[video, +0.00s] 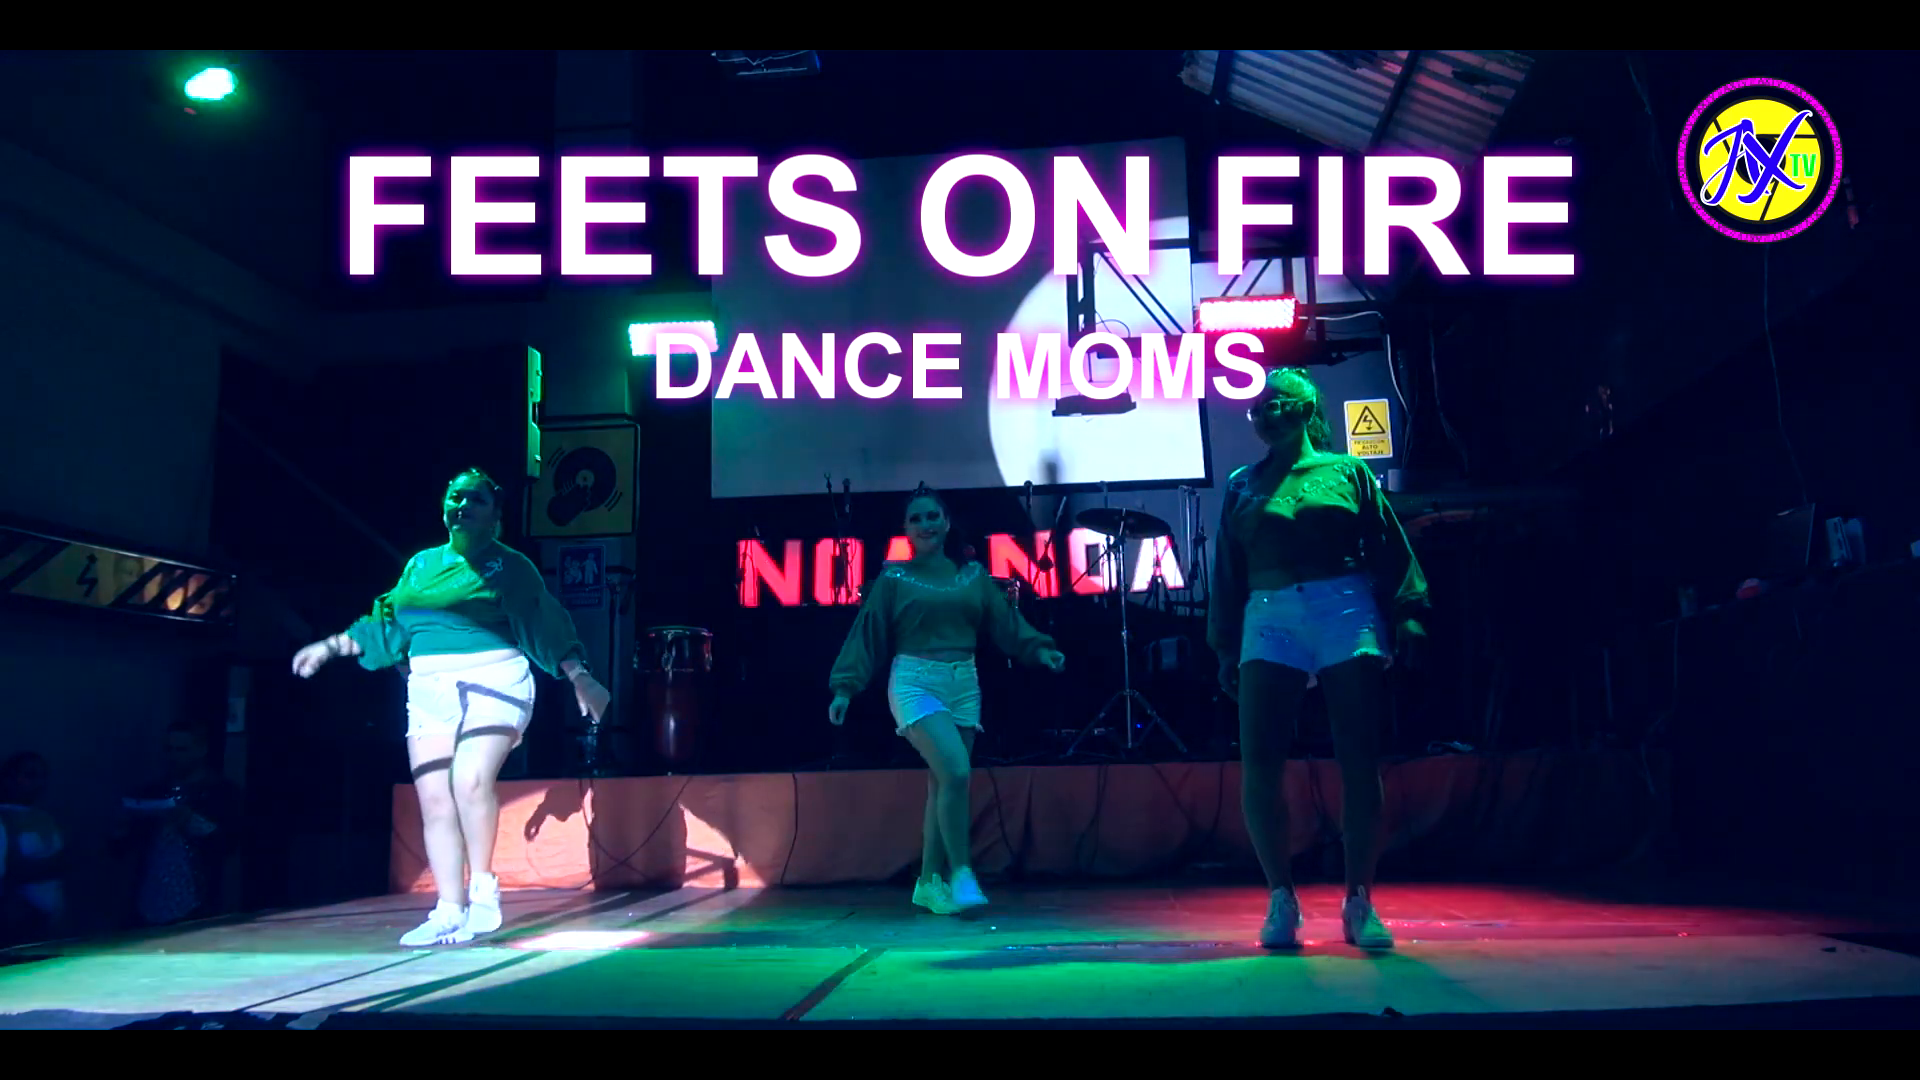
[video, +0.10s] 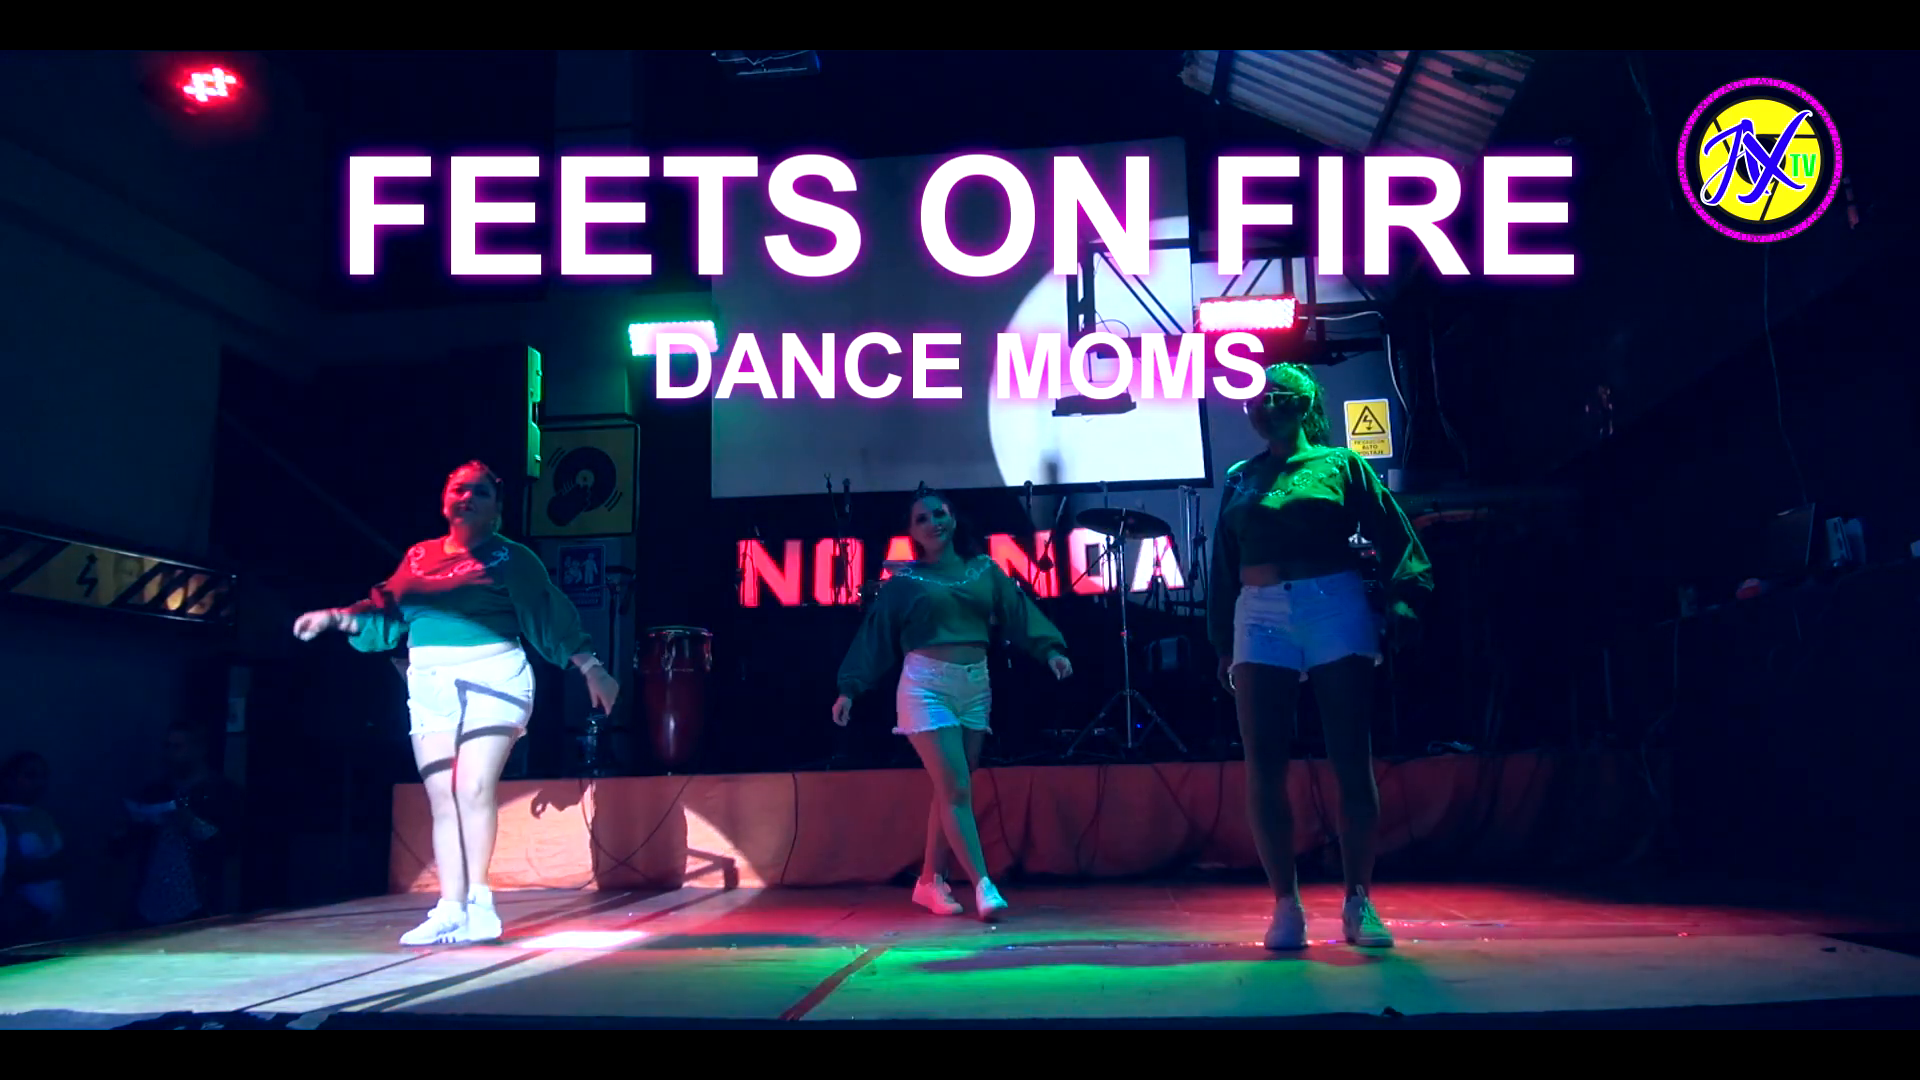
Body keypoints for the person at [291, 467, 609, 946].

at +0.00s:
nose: (461, 504)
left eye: (473, 498)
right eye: (454, 497)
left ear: (494, 510)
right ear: (443, 508)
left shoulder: (511, 567)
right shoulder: (420, 566)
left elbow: (548, 624)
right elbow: (387, 623)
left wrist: (581, 677)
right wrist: (332, 645)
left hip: (494, 681)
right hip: (429, 687)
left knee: (471, 781)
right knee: (433, 796)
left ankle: (483, 895)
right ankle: (449, 910)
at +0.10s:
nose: (465, 496)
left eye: (477, 490)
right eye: (458, 489)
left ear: (496, 503)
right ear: (443, 501)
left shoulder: (513, 560)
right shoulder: (421, 557)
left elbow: (553, 616)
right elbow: (387, 612)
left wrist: (592, 669)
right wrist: (336, 617)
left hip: (493, 678)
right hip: (429, 682)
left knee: (474, 788)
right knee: (441, 795)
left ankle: (480, 906)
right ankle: (450, 909)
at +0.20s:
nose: (469, 499)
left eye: (481, 493)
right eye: (461, 492)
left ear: (499, 506)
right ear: (447, 505)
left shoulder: (519, 561)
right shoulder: (423, 560)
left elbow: (561, 617)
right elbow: (385, 610)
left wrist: (602, 665)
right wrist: (338, 609)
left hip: (493, 684)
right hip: (428, 687)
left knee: (481, 805)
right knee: (445, 805)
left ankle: (481, 912)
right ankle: (450, 912)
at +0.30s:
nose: (473, 497)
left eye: (485, 491)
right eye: (464, 490)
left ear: (504, 505)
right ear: (450, 504)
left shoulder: (524, 561)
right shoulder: (426, 560)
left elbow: (564, 620)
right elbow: (393, 618)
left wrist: (602, 673)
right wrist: (340, 628)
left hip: (497, 683)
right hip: (428, 685)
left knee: (483, 804)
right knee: (436, 810)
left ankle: (481, 912)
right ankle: (449, 911)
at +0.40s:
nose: (477, 499)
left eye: (488, 493)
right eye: (467, 492)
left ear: (505, 506)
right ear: (450, 504)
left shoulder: (526, 564)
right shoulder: (426, 558)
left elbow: (561, 626)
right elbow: (393, 625)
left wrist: (591, 676)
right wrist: (347, 671)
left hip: (503, 685)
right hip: (432, 686)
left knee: (489, 804)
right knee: (411, 802)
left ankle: (483, 910)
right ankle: (442, 891)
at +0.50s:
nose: (476, 497)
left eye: (487, 492)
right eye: (466, 491)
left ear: (504, 508)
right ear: (450, 507)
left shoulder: (526, 564)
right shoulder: (422, 560)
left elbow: (556, 623)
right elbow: (390, 628)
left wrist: (581, 657)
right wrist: (360, 682)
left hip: (507, 685)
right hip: (431, 684)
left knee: (493, 803)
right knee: (403, 789)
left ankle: (482, 911)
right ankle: (432, 877)